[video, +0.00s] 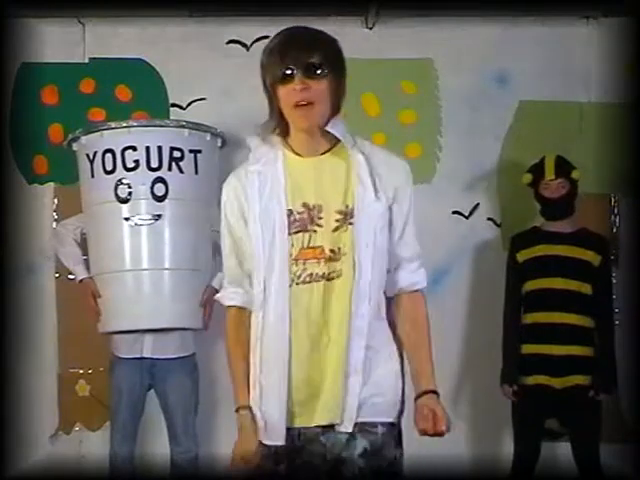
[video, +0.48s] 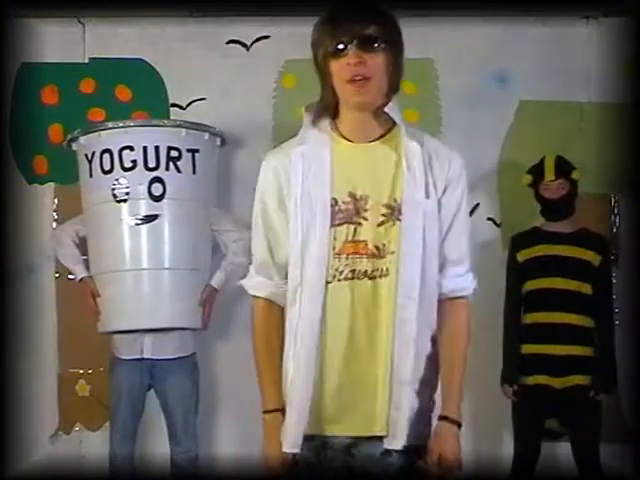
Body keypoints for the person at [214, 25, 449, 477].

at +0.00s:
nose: (301, 87)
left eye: (314, 72)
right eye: (286, 76)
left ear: (338, 84)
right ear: (273, 91)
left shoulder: (387, 173)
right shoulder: (243, 187)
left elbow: (407, 289)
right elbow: (237, 303)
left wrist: (426, 390)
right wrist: (244, 412)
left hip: (369, 414)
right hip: (281, 416)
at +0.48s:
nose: (357, 60)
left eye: (372, 44)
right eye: (340, 47)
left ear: (396, 59)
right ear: (323, 65)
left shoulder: (440, 165)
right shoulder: (284, 166)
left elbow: (454, 296)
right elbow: (267, 295)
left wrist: (449, 419)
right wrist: (273, 414)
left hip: (403, 425)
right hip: (309, 423)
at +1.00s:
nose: (360, 57)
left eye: (380, 42)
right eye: (347, 43)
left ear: (409, 57)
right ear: (333, 58)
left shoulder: (455, 169)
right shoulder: (293, 165)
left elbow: (469, 302)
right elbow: (273, 292)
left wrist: (467, 426)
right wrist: (272, 410)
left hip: (409, 437)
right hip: (308, 430)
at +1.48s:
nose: (284, 71)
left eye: (294, 54)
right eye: (286, 57)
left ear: (337, 54)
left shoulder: (430, 156)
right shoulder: (312, 157)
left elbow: (455, 306)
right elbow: (302, 286)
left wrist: (414, 432)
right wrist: (253, 359)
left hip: (387, 440)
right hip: (307, 428)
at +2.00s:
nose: (298, 106)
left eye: (301, 93)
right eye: (299, 94)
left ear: (317, 96)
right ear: (366, 95)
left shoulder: (380, 166)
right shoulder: (330, 169)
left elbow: (421, 285)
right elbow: (324, 237)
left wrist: (422, 410)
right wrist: (269, 221)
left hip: (367, 413)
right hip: (322, 407)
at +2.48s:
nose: (306, 116)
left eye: (310, 105)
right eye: (307, 105)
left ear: (326, 107)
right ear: (368, 106)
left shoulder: (389, 172)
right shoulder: (333, 178)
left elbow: (415, 288)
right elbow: (319, 248)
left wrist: (405, 401)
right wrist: (260, 232)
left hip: (366, 414)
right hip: (312, 409)